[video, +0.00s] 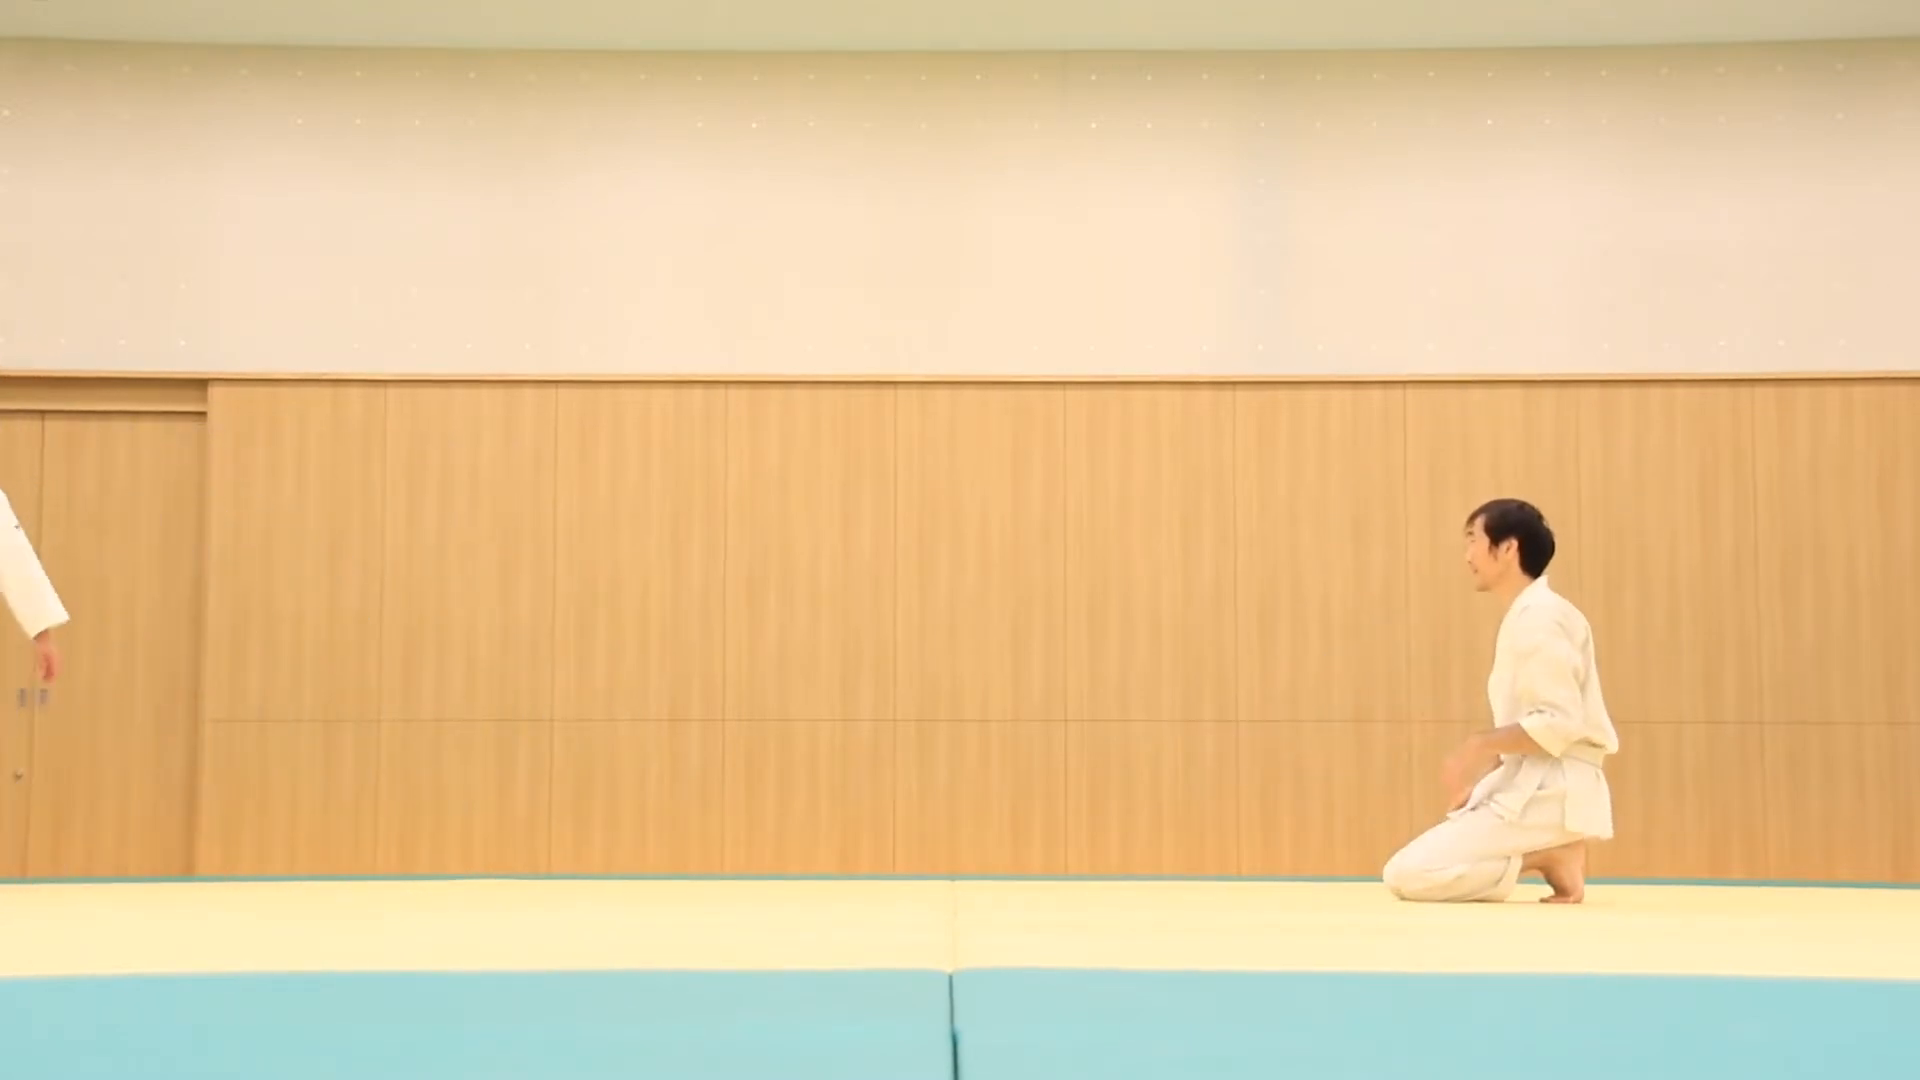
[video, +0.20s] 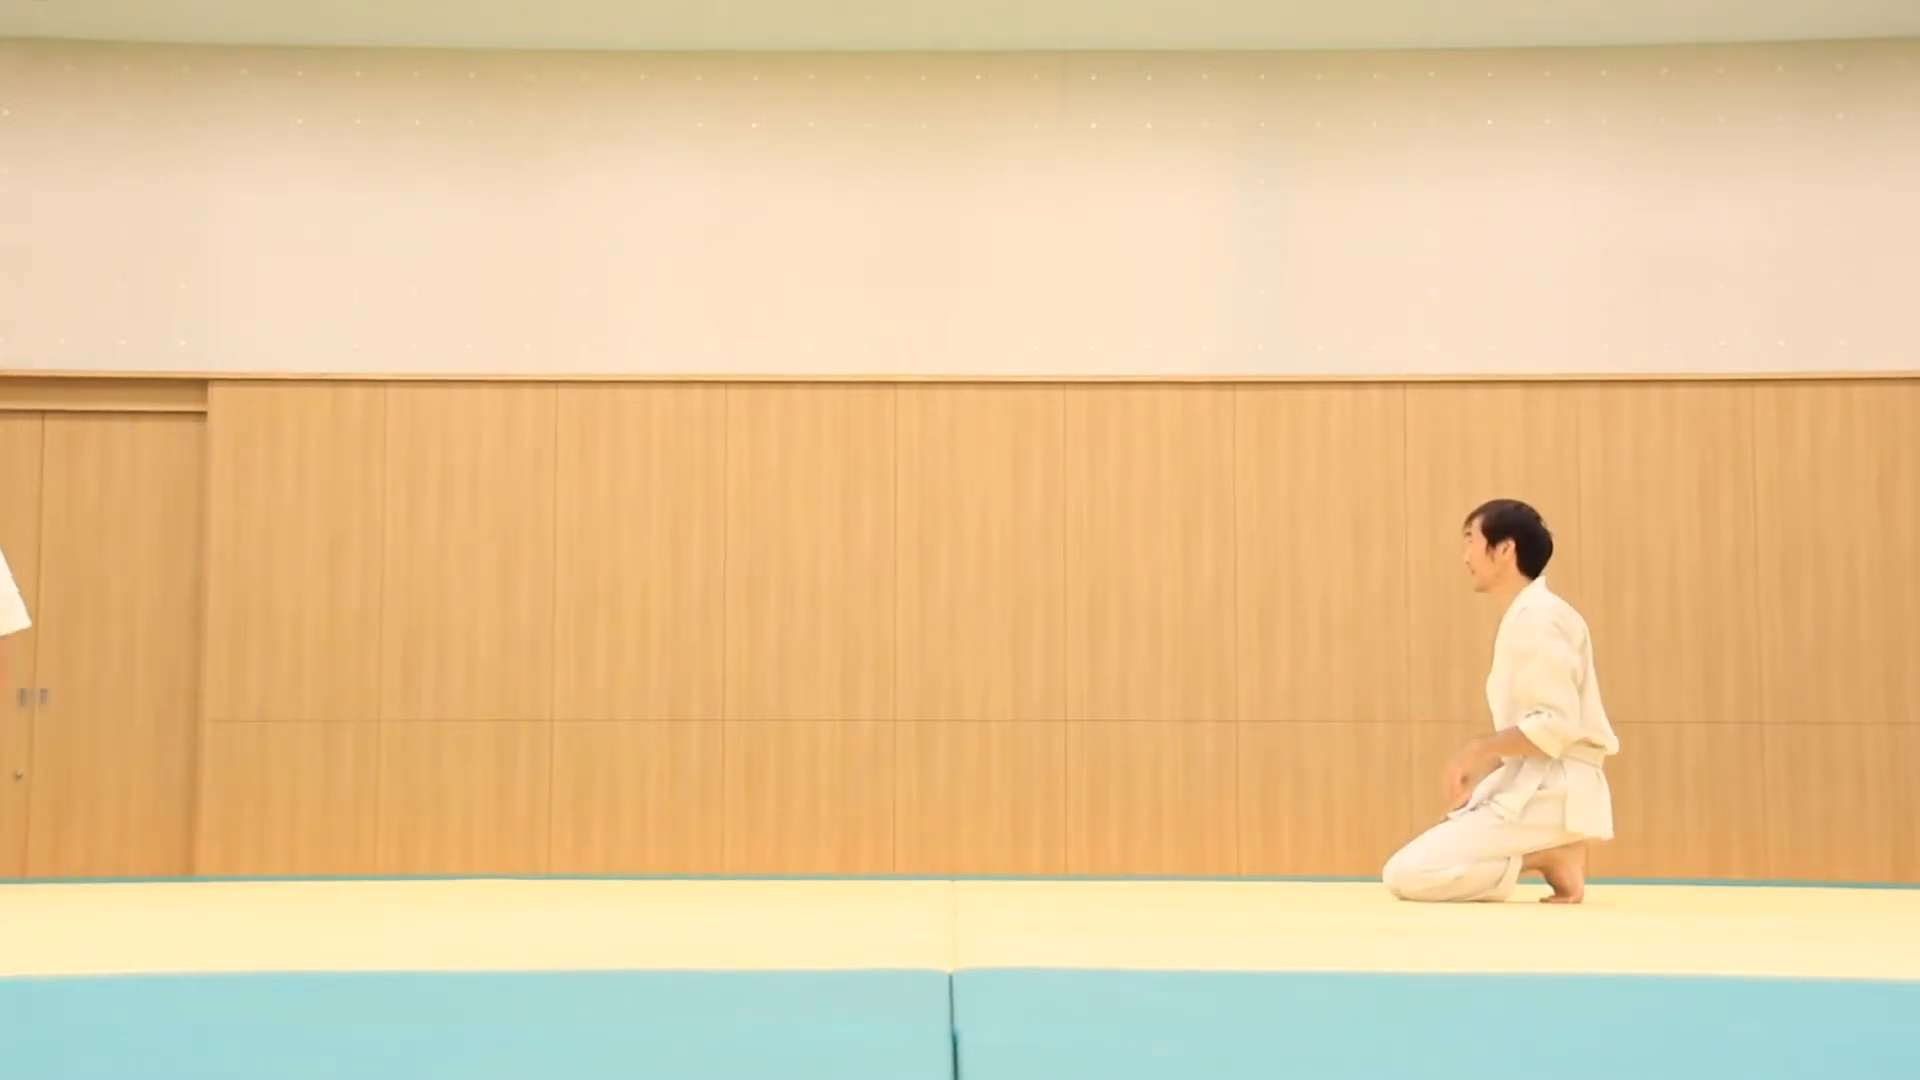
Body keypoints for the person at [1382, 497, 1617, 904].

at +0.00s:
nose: (1467, 557)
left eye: (1474, 541)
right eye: (1468, 542)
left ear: (1510, 549)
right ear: (1509, 551)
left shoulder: (1538, 618)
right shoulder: (1536, 614)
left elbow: (1558, 723)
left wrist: (1481, 746)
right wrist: (1482, 789)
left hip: (1552, 793)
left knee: (1407, 876)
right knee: (1405, 872)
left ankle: (1550, 856)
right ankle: (1548, 855)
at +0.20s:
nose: (1465, 558)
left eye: (1472, 542)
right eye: (1466, 543)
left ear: (1506, 550)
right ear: (1506, 552)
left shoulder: (1536, 619)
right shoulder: (1538, 614)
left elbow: (1554, 726)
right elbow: (1543, 727)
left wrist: (1477, 752)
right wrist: (1480, 785)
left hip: (1551, 794)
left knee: (1406, 876)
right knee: (1406, 872)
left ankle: (1550, 856)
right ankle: (1547, 855)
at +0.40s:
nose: (1463, 560)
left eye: (1469, 545)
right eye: (1464, 546)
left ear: (1503, 552)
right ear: (1503, 553)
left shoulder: (1536, 621)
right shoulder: (1544, 615)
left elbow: (1554, 731)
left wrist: (1481, 774)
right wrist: (1482, 784)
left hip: (1554, 794)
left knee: (1406, 876)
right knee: (1406, 871)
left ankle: (1550, 856)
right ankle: (1548, 856)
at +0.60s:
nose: (1463, 563)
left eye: (1469, 548)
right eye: (1464, 549)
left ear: (1502, 553)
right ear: (1502, 554)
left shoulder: (1540, 621)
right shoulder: (1537, 616)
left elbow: (1552, 732)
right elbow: (1535, 731)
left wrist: (1479, 776)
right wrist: (1476, 784)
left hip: (1556, 794)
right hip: (1547, 791)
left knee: (1406, 876)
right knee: (1405, 872)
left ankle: (1550, 856)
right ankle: (1548, 856)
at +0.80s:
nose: (1463, 566)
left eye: (1469, 552)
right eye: (1464, 553)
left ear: (1502, 555)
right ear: (1502, 556)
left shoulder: (1539, 621)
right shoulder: (1539, 616)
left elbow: (1554, 733)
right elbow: (1544, 732)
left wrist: (1480, 781)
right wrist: (1479, 789)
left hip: (1558, 794)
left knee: (1407, 876)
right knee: (1406, 871)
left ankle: (1550, 856)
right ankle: (1548, 856)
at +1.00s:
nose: (1462, 569)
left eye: (1468, 553)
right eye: (1462, 555)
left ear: (1504, 556)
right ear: (1503, 559)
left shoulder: (1544, 619)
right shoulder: (1531, 618)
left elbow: (1554, 727)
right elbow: (1521, 729)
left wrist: (1474, 764)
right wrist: (1457, 766)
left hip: (1558, 794)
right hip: (1544, 789)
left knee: (1407, 876)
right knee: (1407, 872)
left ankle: (1550, 857)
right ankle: (1548, 857)